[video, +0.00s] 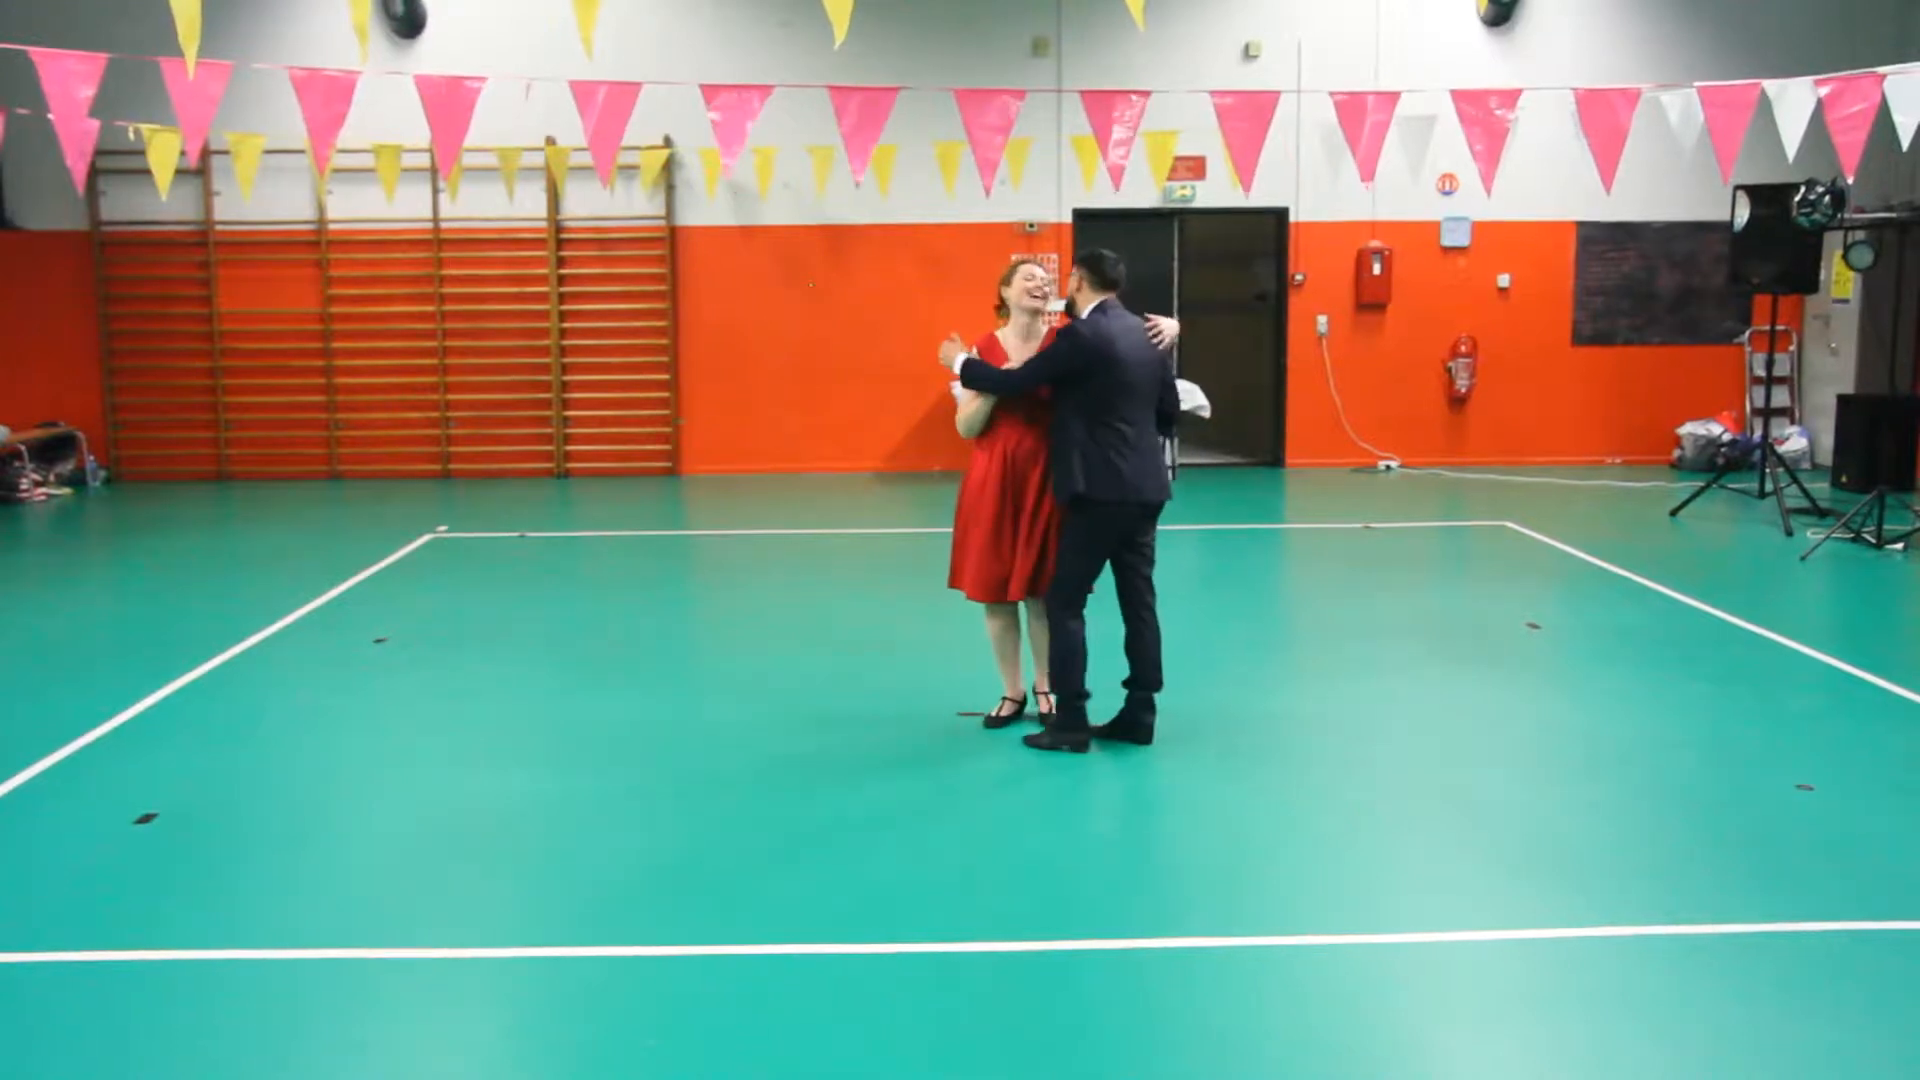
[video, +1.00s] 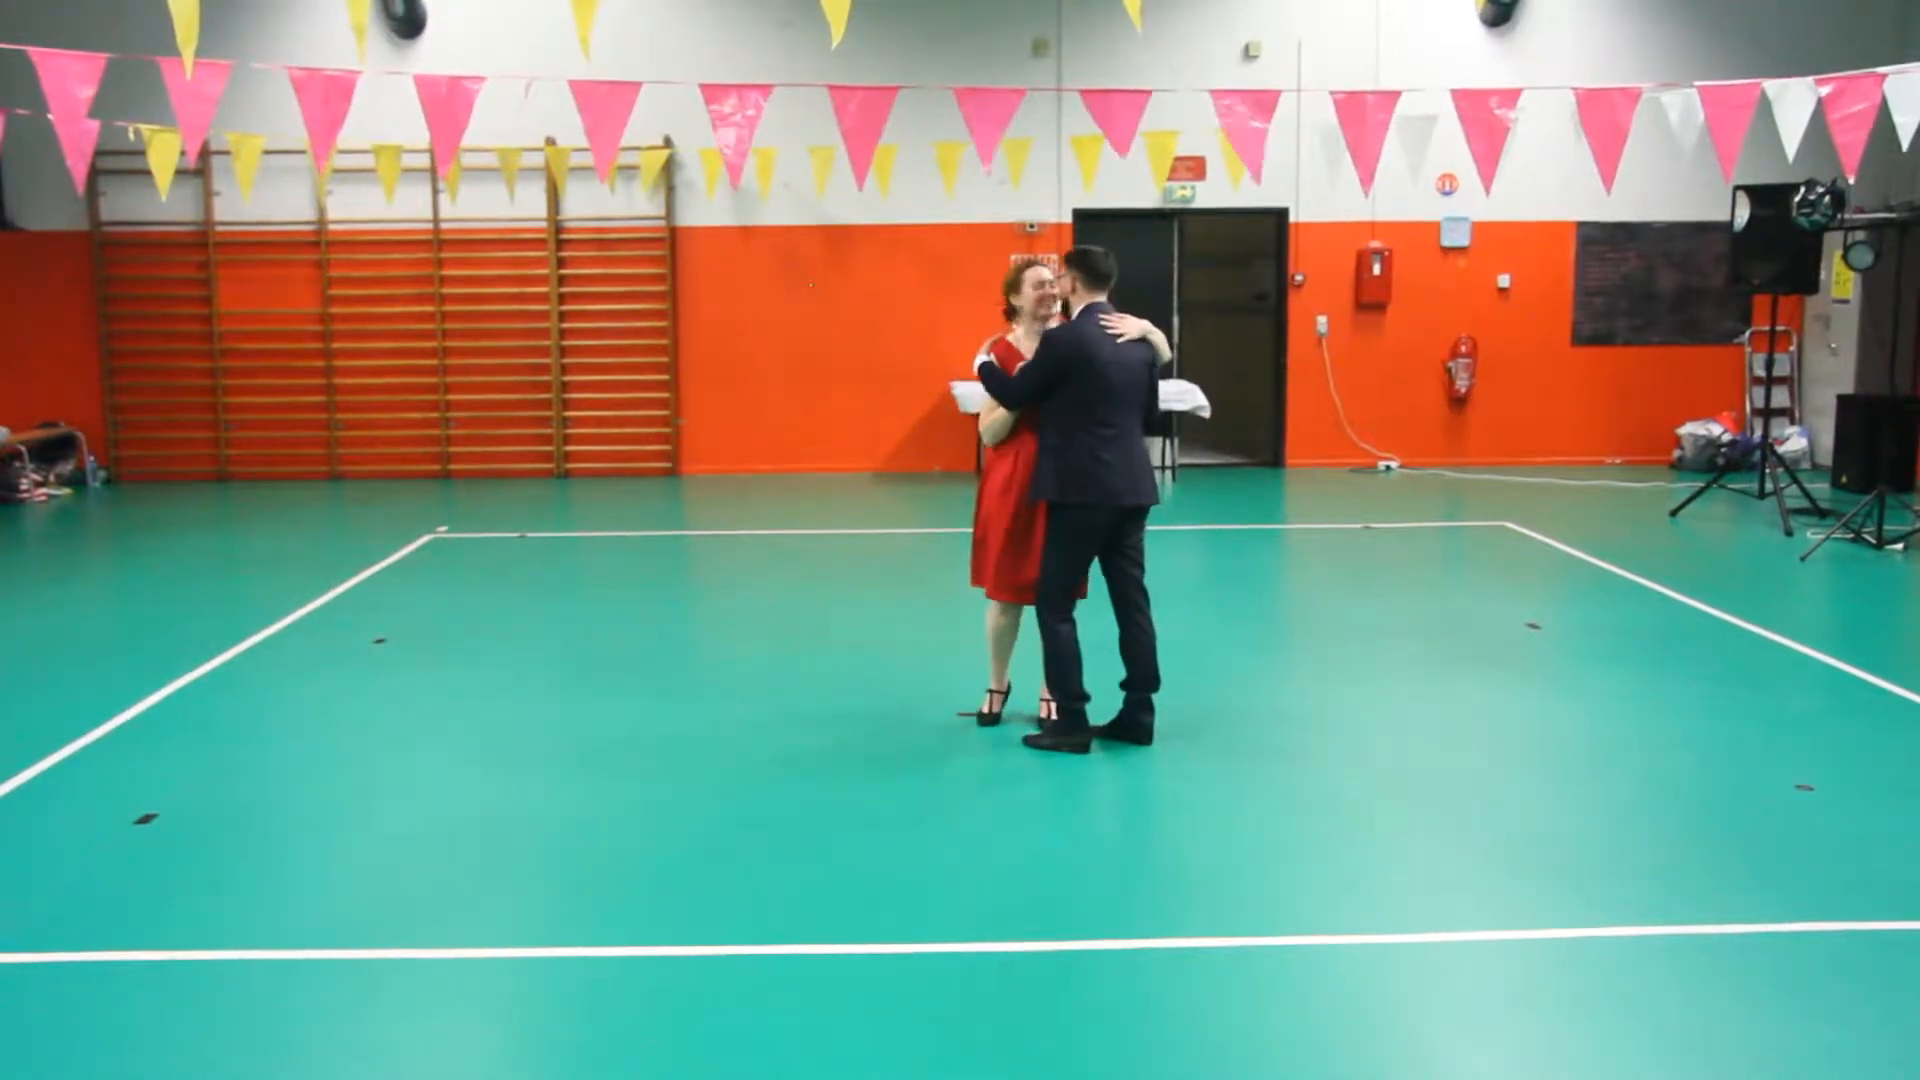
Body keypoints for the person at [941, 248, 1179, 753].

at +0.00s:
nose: (1055, 286)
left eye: (1060, 278)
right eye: (1049, 278)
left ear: (1077, 282)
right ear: (1118, 287)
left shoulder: (1081, 337)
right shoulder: (1149, 338)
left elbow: (1015, 379)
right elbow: (1168, 415)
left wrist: (961, 362)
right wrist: (1117, 404)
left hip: (1096, 487)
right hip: (1146, 486)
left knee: (1064, 602)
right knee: (1140, 605)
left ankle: (1068, 722)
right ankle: (1139, 716)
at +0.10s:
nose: (1054, 284)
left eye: (1059, 277)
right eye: (1055, 277)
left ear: (1070, 283)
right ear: (1110, 288)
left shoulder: (1069, 334)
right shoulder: (1143, 336)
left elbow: (1005, 383)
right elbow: (1166, 413)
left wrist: (965, 357)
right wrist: (1119, 410)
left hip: (1087, 486)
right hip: (1140, 485)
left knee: (1065, 604)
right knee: (1137, 603)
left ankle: (1069, 723)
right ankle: (1139, 715)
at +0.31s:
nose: (1044, 279)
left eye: (1048, 275)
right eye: (1031, 276)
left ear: (1061, 290)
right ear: (1010, 297)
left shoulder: (1066, 336)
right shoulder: (996, 346)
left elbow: (1164, 342)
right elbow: (981, 424)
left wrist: (1132, 320)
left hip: (1063, 476)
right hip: (1005, 474)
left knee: (1055, 597)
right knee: (1002, 593)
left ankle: (1055, 700)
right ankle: (1011, 692)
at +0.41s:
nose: (1047, 281)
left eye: (1050, 277)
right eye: (1033, 277)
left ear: (1058, 294)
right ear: (1012, 296)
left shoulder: (1076, 340)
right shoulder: (995, 347)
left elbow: (1162, 351)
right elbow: (985, 422)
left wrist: (1132, 321)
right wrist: (1029, 374)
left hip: (1060, 476)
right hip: (1005, 478)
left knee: (1055, 593)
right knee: (1002, 591)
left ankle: (1052, 693)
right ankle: (1010, 688)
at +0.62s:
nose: (1051, 284)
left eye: (1054, 279)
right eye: (1043, 279)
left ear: (1067, 287)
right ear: (1107, 294)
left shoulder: (1054, 335)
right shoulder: (1132, 343)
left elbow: (999, 397)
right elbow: (1157, 421)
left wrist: (984, 352)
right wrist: (1107, 416)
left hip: (1077, 488)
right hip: (1133, 487)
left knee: (1057, 606)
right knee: (1133, 601)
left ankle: (1068, 722)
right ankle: (1139, 714)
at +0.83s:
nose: (1054, 282)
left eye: (1058, 276)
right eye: (1047, 278)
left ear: (1070, 285)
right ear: (1111, 290)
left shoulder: (1058, 337)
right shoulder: (1134, 344)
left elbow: (1008, 398)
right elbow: (1155, 420)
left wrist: (986, 353)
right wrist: (1108, 417)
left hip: (1078, 488)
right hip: (1133, 487)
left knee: (1057, 603)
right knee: (1133, 600)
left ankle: (1069, 720)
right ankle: (1139, 713)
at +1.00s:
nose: (1048, 292)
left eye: (1052, 284)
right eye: (1037, 286)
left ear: (1061, 291)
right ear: (1013, 299)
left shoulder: (1076, 345)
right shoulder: (996, 353)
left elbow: (1159, 364)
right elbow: (990, 431)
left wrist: (1150, 330)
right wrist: (1032, 377)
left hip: (1065, 484)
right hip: (1010, 485)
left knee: (1058, 599)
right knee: (1006, 598)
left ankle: (1053, 691)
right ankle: (997, 684)